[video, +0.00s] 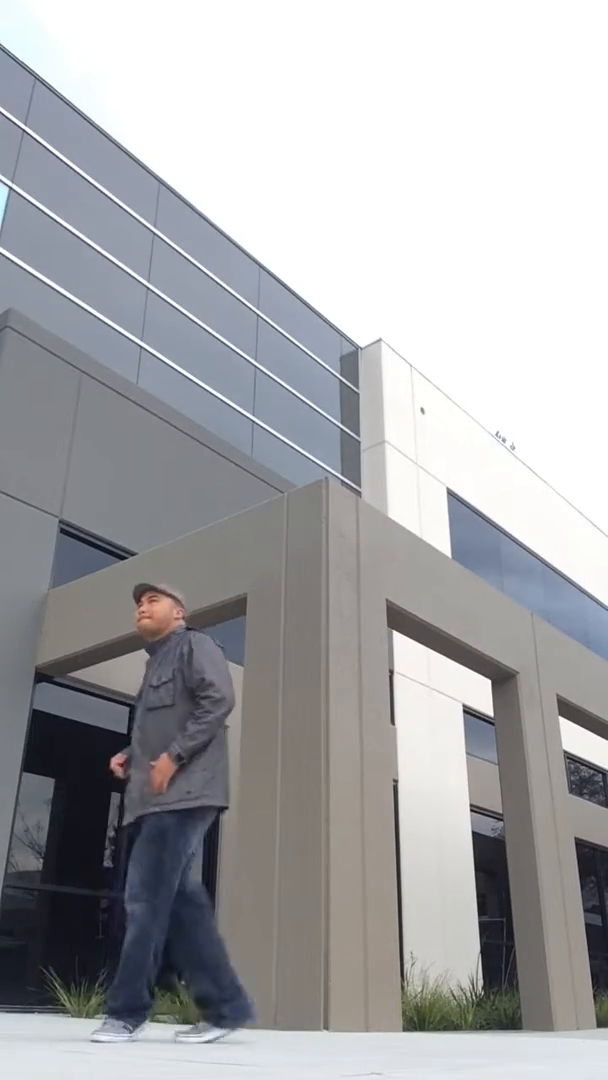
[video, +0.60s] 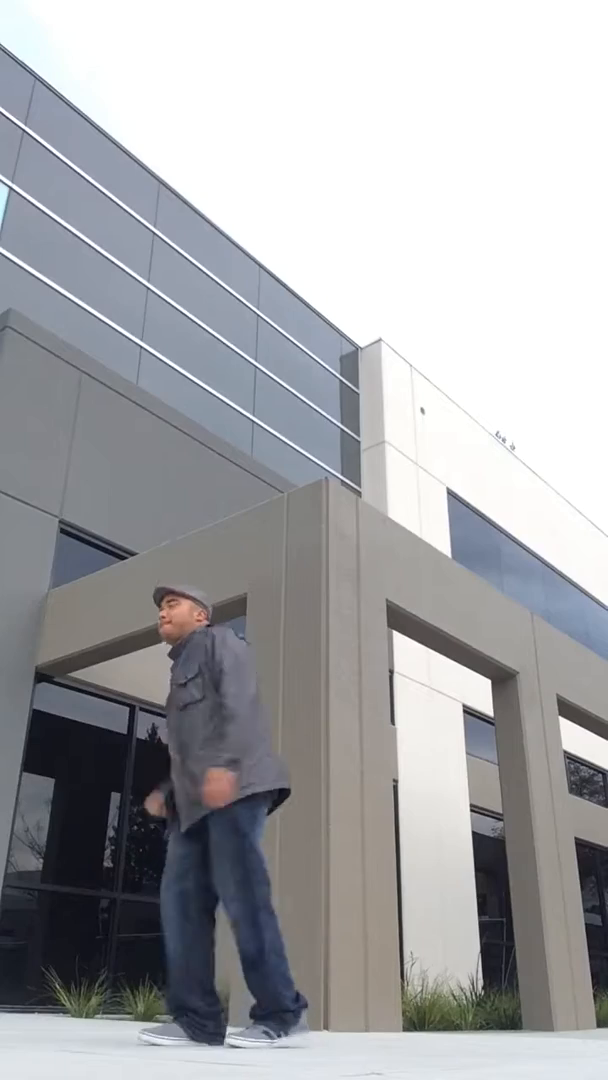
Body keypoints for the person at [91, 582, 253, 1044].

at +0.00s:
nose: (142, 609)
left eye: (152, 601)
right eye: (138, 604)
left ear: (179, 611)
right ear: (139, 619)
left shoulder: (195, 644)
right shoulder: (155, 665)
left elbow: (219, 701)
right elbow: (159, 729)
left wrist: (174, 754)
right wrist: (131, 754)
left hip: (184, 794)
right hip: (156, 797)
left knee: (146, 898)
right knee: (182, 901)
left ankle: (126, 1013)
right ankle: (229, 1009)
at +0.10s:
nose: (150, 619)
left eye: (159, 611)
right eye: (146, 615)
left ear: (187, 619)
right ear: (151, 629)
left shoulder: (204, 652)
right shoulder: (167, 672)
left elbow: (228, 709)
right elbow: (168, 742)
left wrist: (184, 763)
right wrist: (144, 775)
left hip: (196, 795)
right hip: (185, 796)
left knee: (145, 882)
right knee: (198, 900)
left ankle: (164, 1000)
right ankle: (235, 1021)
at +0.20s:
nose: (158, 617)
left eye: (168, 609)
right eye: (155, 612)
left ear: (194, 617)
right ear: (155, 626)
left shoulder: (211, 650)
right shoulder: (178, 669)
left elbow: (232, 706)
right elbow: (185, 733)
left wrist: (180, 755)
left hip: (206, 791)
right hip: (192, 794)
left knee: (171, 881)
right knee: (200, 892)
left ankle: (226, 994)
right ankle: (235, 1020)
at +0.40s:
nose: (166, 610)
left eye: (176, 602)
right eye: (164, 605)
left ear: (204, 611)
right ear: (170, 619)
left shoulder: (215, 633)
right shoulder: (187, 660)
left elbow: (231, 682)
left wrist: (176, 729)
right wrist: (173, 738)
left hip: (227, 784)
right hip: (198, 792)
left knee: (243, 892)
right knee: (167, 880)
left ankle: (281, 1011)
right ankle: (213, 999)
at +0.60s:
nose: (162, 613)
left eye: (172, 604)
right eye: (160, 608)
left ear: (201, 613)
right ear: (165, 623)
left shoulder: (220, 641)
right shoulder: (181, 669)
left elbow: (239, 703)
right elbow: (191, 748)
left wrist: (225, 764)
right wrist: (168, 791)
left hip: (234, 786)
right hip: (193, 799)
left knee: (242, 899)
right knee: (181, 900)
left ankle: (281, 1015)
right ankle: (198, 1020)